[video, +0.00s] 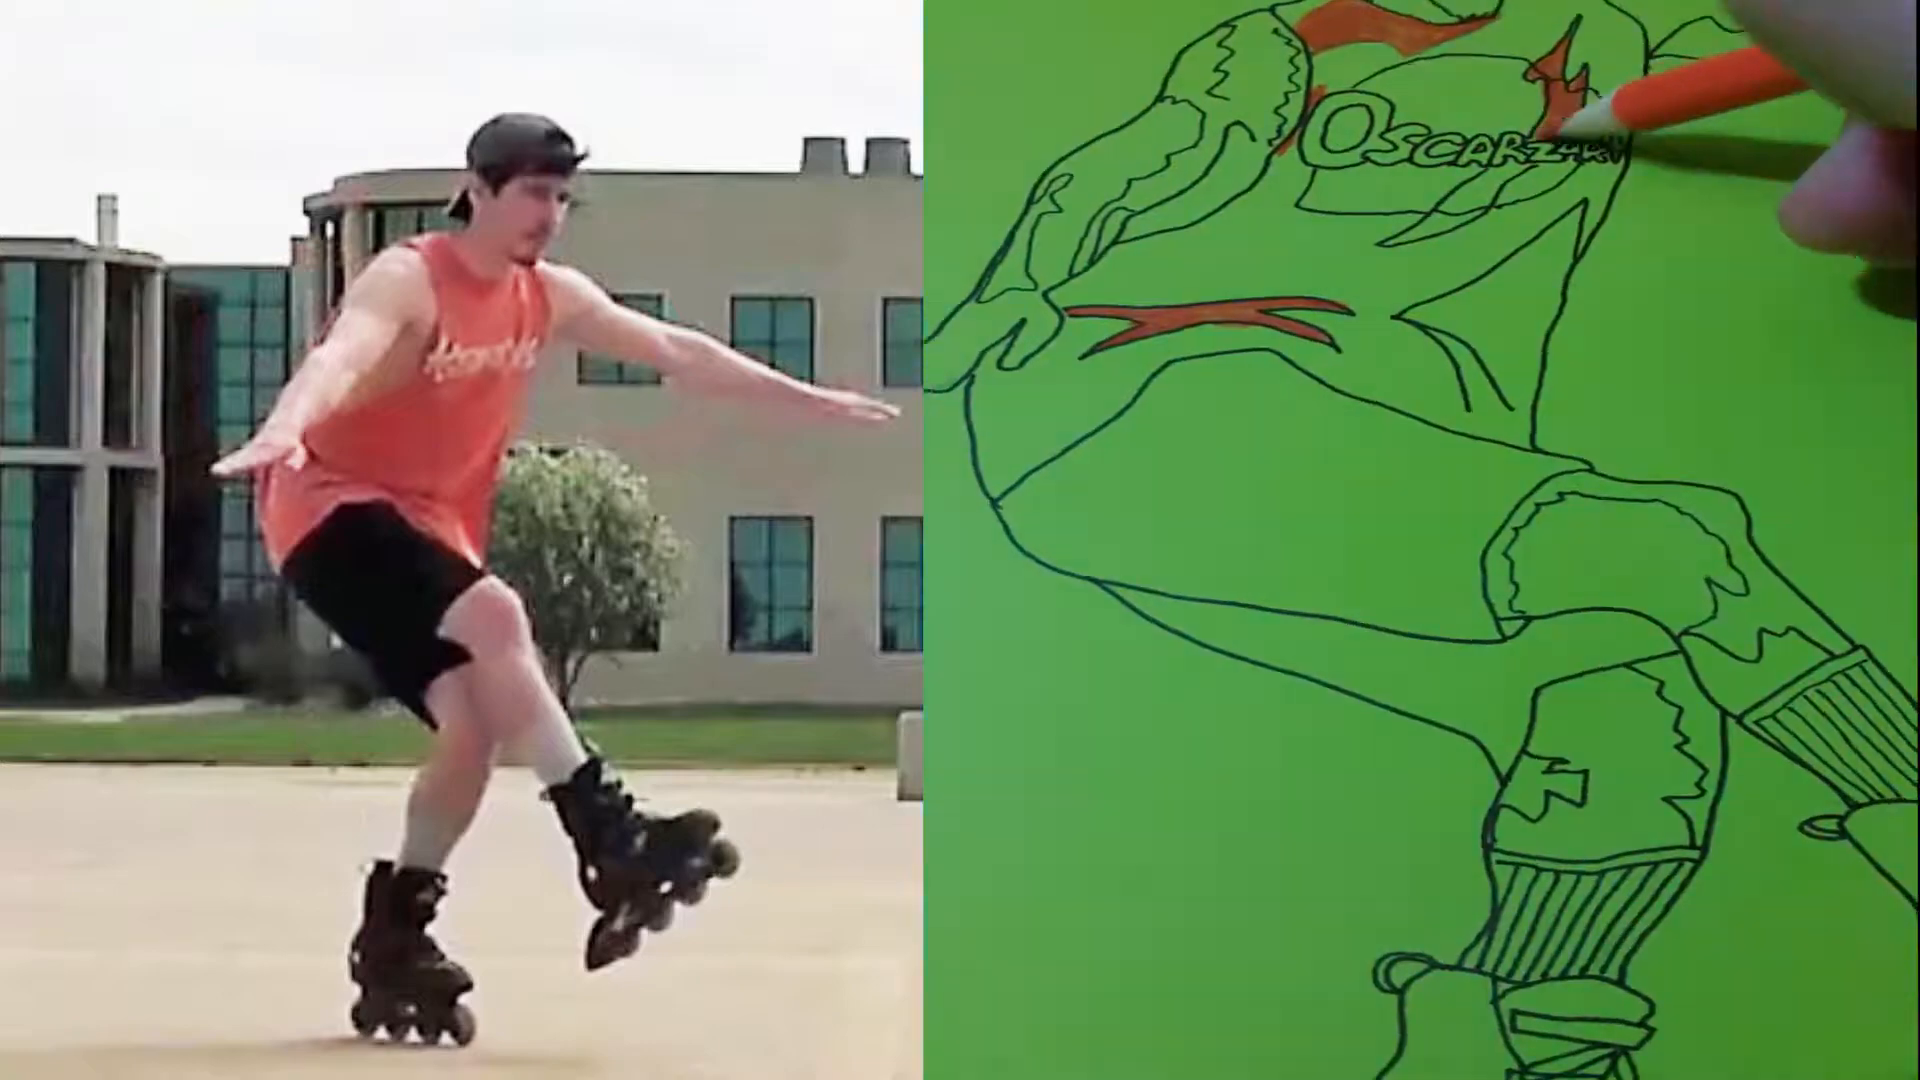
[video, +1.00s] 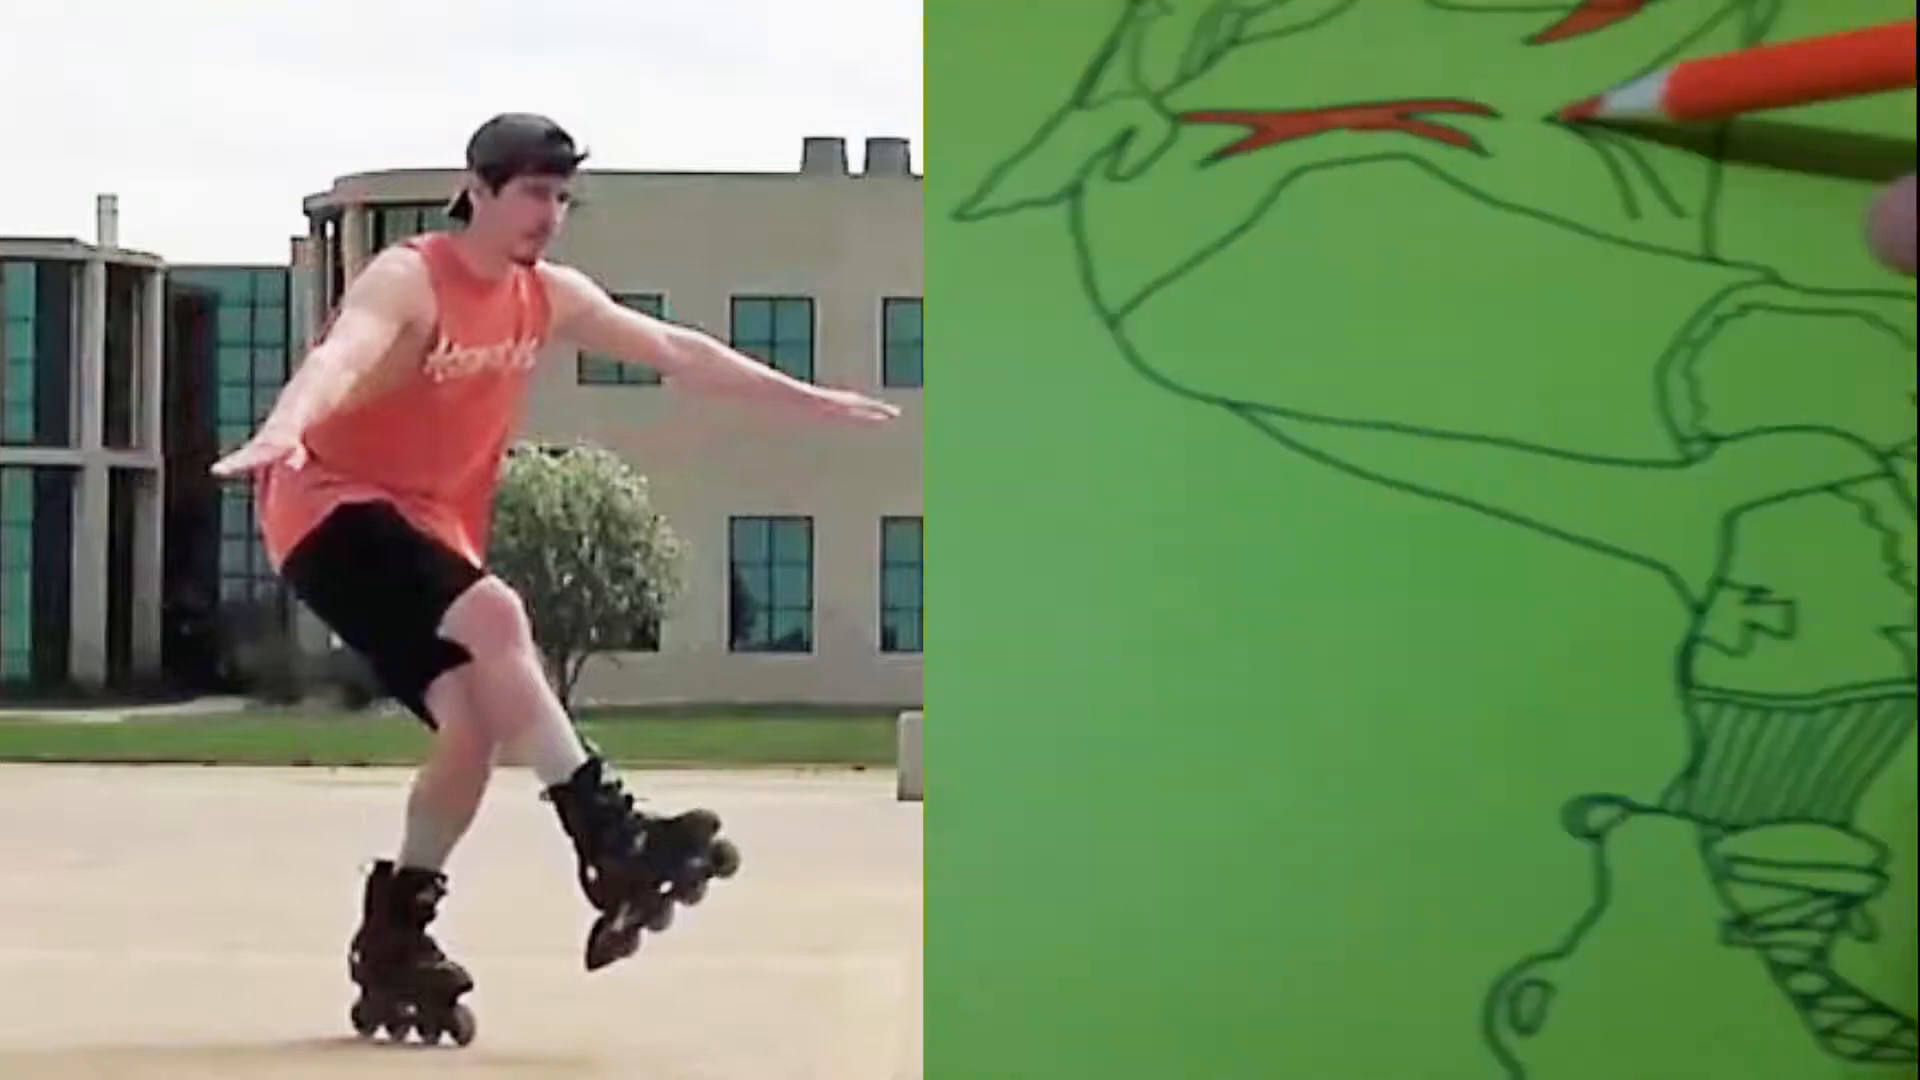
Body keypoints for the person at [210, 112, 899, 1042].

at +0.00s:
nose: (552, 214)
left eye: (562, 198)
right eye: (536, 195)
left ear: (562, 203)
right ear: (477, 191)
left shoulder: (551, 293)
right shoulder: (408, 275)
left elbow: (674, 350)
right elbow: (341, 357)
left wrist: (810, 399)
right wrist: (283, 428)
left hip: (435, 529)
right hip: (333, 504)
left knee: (478, 724)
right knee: (492, 616)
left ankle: (393, 937)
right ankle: (612, 843)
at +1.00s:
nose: (552, 214)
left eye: (561, 199)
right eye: (535, 195)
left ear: (562, 204)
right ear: (477, 191)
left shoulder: (552, 293)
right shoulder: (409, 274)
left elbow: (675, 351)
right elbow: (341, 357)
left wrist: (811, 400)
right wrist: (283, 429)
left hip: (436, 529)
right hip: (333, 503)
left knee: (478, 723)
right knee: (492, 616)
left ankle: (394, 937)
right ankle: (611, 843)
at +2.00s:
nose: (552, 214)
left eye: (562, 198)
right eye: (536, 195)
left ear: (562, 203)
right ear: (477, 191)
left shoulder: (551, 293)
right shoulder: (409, 274)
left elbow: (674, 350)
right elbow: (341, 356)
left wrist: (810, 399)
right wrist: (283, 429)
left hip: (436, 530)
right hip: (334, 505)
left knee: (478, 723)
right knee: (492, 616)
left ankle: (393, 936)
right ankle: (611, 843)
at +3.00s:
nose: (552, 214)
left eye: (562, 198)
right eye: (536, 194)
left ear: (563, 203)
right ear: (477, 191)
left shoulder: (551, 293)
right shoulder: (409, 274)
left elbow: (674, 349)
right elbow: (341, 356)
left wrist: (810, 399)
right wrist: (283, 429)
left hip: (436, 529)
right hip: (334, 504)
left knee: (477, 723)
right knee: (492, 616)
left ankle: (393, 936)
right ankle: (611, 843)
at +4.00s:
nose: (552, 214)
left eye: (562, 198)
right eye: (536, 195)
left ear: (562, 203)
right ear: (477, 191)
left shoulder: (551, 293)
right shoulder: (408, 274)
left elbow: (674, 349)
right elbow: (342, 356)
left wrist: (811, 399)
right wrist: (283, 428)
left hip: (436, 530)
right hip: (334, 505)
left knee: (477, 725)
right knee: (492, 616)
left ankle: (393, 935)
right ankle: (610, 841)